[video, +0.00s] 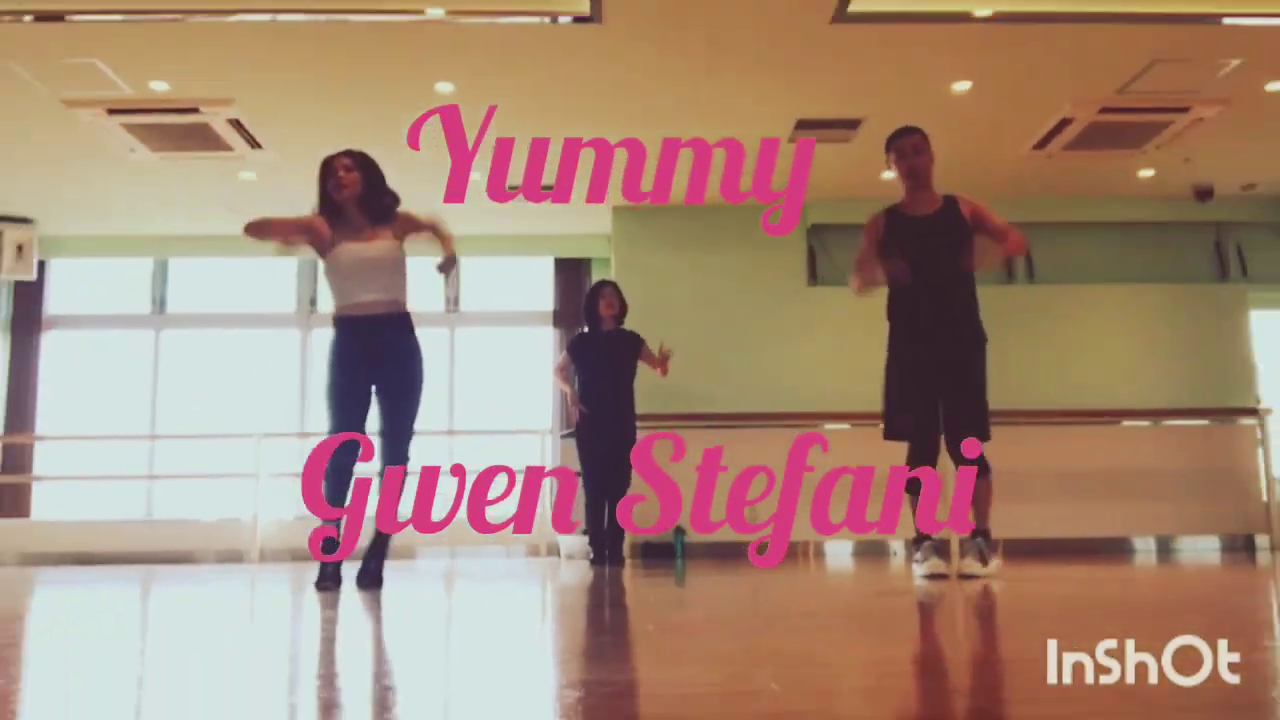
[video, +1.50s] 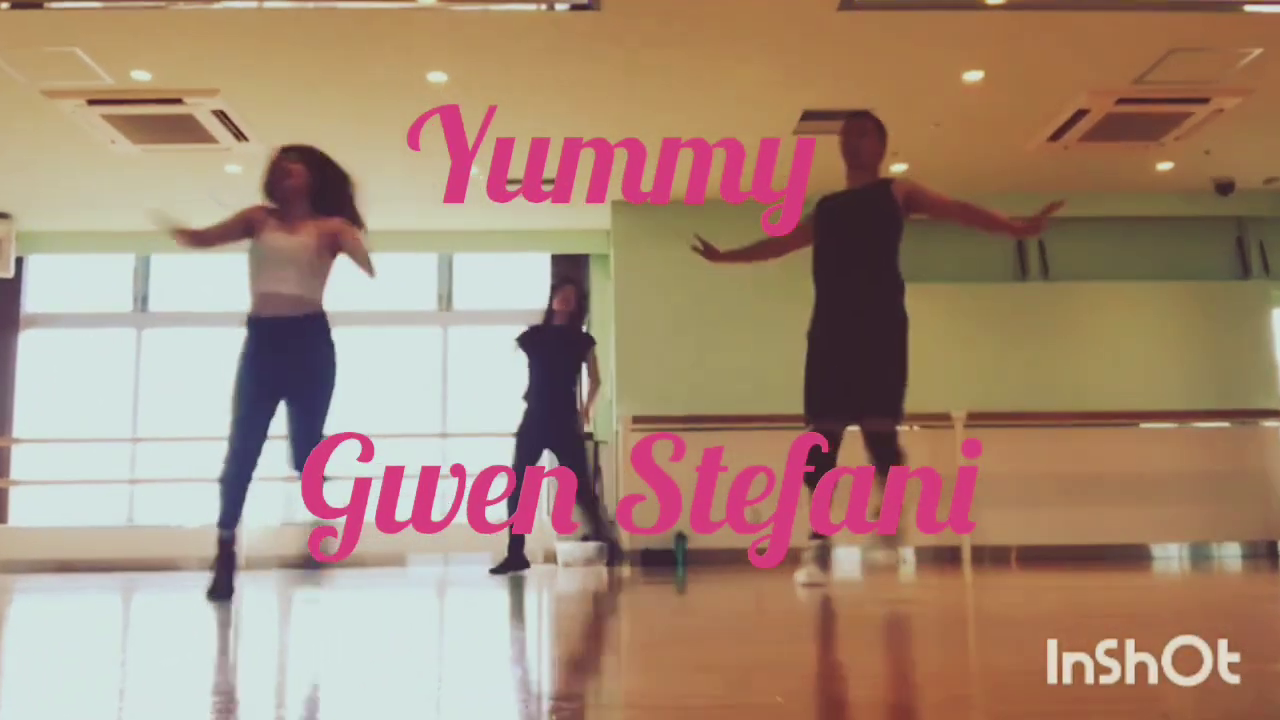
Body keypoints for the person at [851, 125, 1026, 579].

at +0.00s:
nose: (913, 161)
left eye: (919, 152)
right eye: (904, 155)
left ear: (932, 157)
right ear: (891, 164)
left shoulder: (962, 209)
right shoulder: (883, 223)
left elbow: (1016, 241)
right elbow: (861, 279)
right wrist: (884, 268)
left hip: (961, 342)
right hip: (911, 347)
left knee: (968, 444)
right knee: (921, 446)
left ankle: (979, 538)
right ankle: (926, 542)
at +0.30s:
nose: (896, 161)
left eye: (905, 155)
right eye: (891, 154)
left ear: (918, 166)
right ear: (881, 164)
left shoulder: (927, 199)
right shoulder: (874, 210)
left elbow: (908, 206)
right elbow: (834, 238)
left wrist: (856, 213)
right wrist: (825, 211)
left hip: (933, 323)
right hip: (891, 327)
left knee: (935, 410)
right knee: (894, 417)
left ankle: (946, 498)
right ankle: (896, 504)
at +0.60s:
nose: (919, 177)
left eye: (928, 172)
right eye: (918, 171)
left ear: (935, 185)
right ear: (905, 183)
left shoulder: (927, 211)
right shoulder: (897, 212)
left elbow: (927, 156)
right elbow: (892, 162)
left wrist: (922, 111)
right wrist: (902, 117)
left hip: (936, 326)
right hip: (910, 331)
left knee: (957, 417)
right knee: (951, 419)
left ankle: (999, 495)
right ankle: (998, 495)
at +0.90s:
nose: (904, 170)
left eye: (913, 165)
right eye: (907, 164)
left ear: (935, 175)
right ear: (919, 175)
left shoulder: (942, 213)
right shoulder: (916, 225)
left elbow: (918, 190)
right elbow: (886, 244)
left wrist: (873, 170)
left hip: (946, 346)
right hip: (920, 348)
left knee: (970, 438)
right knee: (882, 430)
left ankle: (1029, 517)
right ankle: (940, 499)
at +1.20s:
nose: (888, 186)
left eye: (901, 186)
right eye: (897, 183)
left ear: (911, 209)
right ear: (899, 206)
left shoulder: (907, 241)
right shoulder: (882, 251)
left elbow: (950, 273)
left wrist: (998, 316)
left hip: (910, 392)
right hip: (881, 392)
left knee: (954, 481)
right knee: (819, 460)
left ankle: (1058, 531)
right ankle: (846, 548)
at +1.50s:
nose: (854, 142)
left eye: (863, 135)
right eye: (848, 135)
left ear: (882, 146)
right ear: (839, 146)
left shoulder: (897, 192)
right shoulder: (827, 210)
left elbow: (957, 211)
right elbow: (779, 244)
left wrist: (1014, 228)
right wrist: (725, 256)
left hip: (879, 330)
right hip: (829, 331)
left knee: (879, 436)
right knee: (821, 441)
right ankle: (818, 549)